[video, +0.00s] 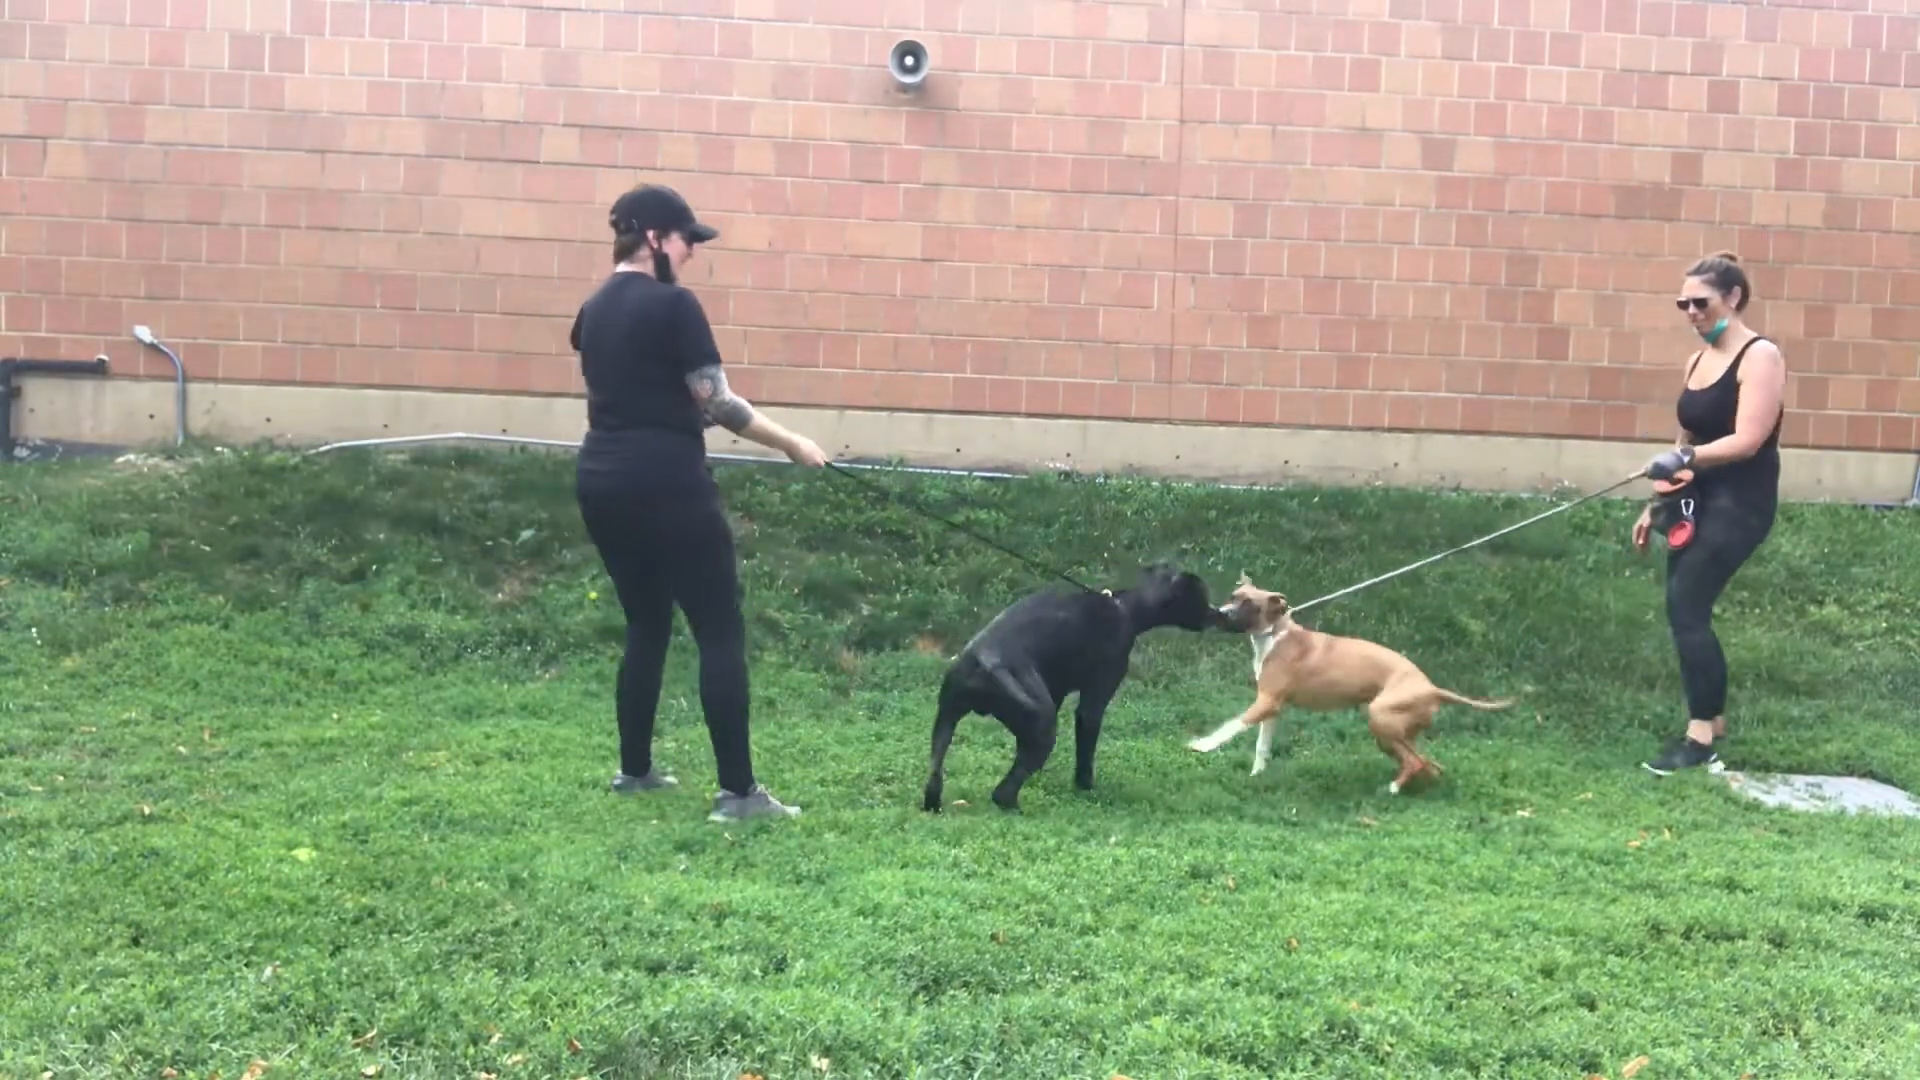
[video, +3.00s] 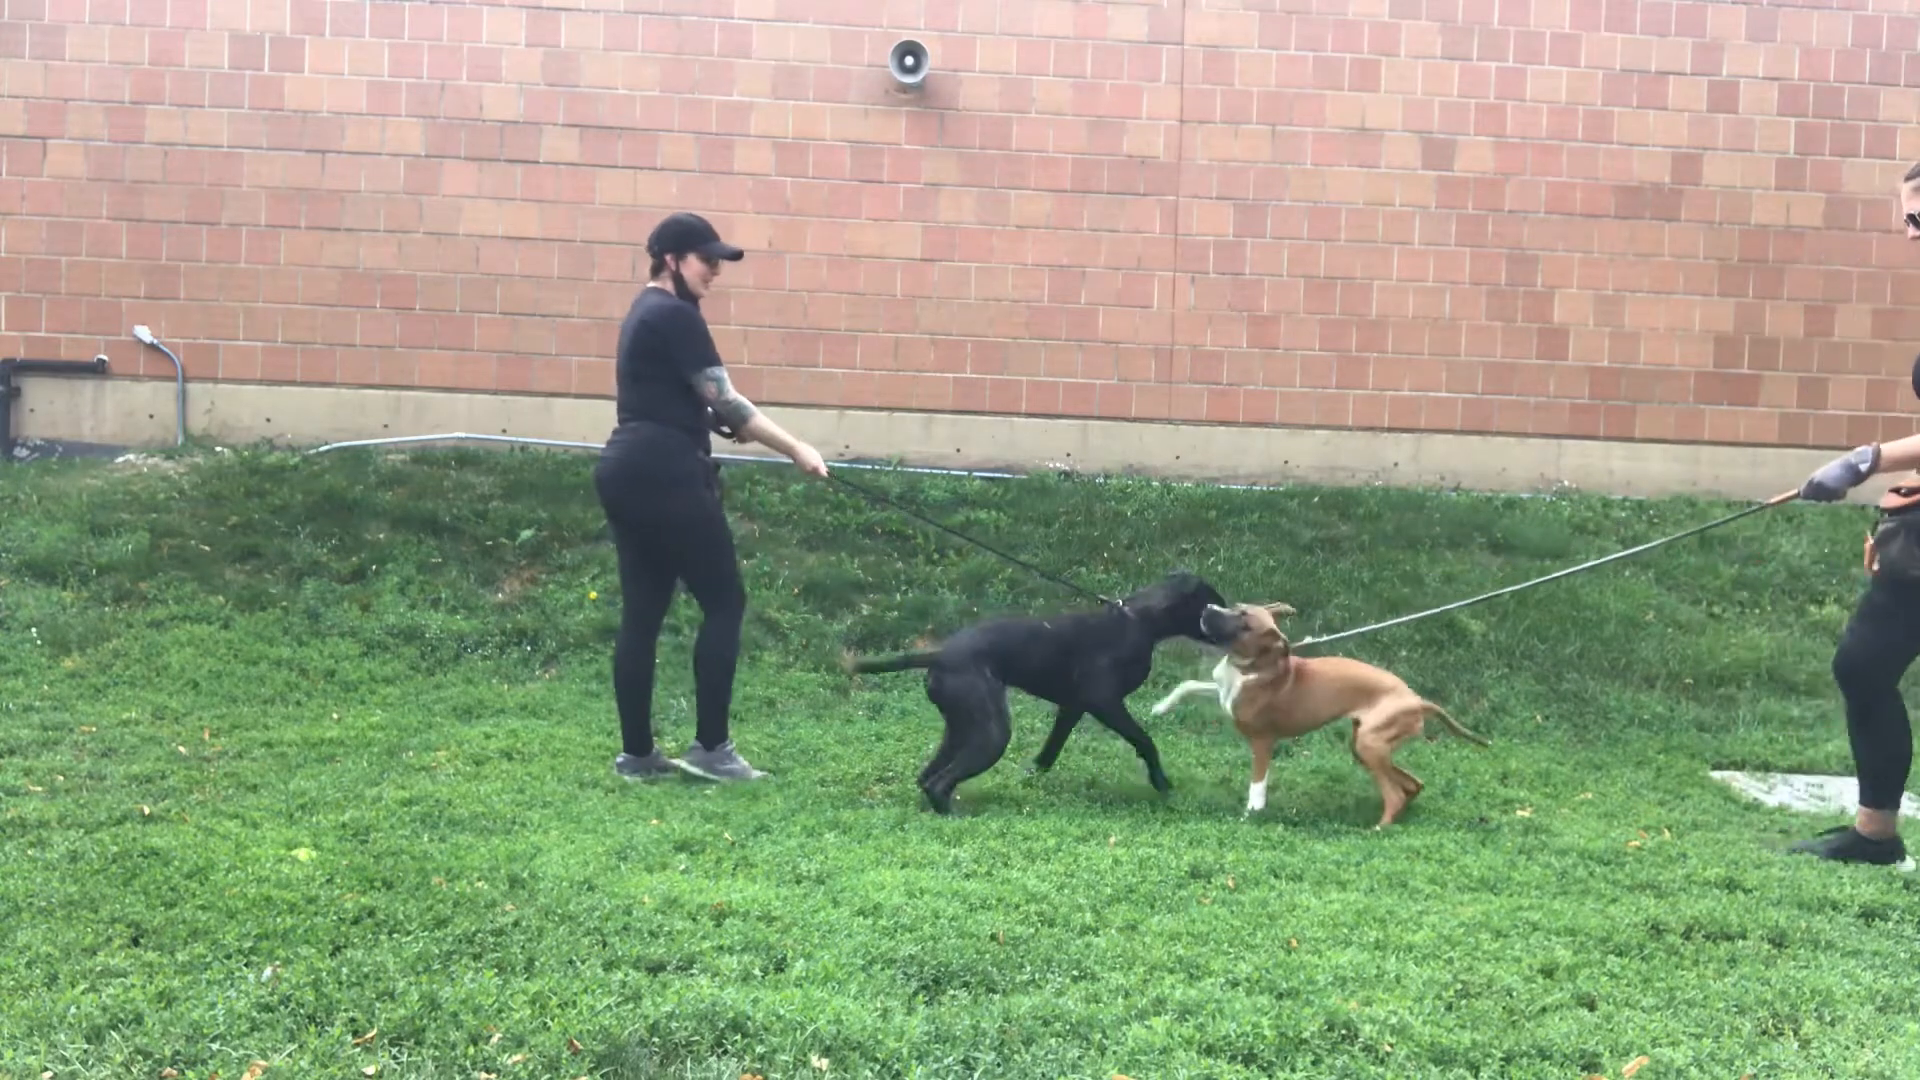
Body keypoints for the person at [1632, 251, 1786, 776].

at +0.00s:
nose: (1689, 312)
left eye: (1699, 303)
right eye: (1685, 304)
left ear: (1732, 298)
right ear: (1686, 304)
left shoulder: (1761, 357)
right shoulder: (1699, 359)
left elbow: (1750, 440)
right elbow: (1687, 443)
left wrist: (1688, 457)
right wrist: (1656, 504)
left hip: (1742, 500)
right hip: (1700, 496)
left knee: (1686, 604)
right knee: (1683, 605)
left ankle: (1700, 736)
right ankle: (1710, 719)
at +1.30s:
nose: (1742, 298)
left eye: (1752, 287)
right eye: (1736, 288)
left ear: (1793, 279)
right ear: (1735, 285)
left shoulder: (1818, 349)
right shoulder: (1740, 345)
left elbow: (1776, 440)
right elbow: (1729, 437)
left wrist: (1699, 477)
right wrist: (1704, 495)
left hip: (1798, 511)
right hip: (1736, 502)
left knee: (1760, 630)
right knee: (1709, 628)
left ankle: (1787, 743)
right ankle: (1709, 763)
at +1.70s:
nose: (1791, 288)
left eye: (1800, 277)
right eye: (1787, 278)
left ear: (1845, 269)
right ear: (1793, 274)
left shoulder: (1876, 344)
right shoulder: (1781, 336)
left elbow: (1814, 430)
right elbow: (1757, 427)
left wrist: (1727, 459)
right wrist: (1712, 500)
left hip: (1837, 519)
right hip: (1761, 509)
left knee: (1840, 657)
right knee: (1736, 644)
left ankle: (1873, 807)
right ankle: (1714, 768)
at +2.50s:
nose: (1852, 261)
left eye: (1860, 248)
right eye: (1848, 249)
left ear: (1909, 240)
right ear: (1880, 245)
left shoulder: (1919, 326)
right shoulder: (1855, 317)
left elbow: (1908, 438)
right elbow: (1830, 424)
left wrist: (1805, 470)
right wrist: (1785, 508)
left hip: (1902, 522)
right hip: (1836, 515)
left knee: (1890, 666)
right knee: (1811, 672)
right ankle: (1806, 827)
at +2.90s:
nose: (1903, 237)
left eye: (1910, 223)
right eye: (1899, 225)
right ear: (1897, 222)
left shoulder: (1919, 337)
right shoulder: (1916, 332)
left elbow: (1919, 435)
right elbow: (1912, 435)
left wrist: (1853, 456)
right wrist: (1858, 502)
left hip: (1912, 528)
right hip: (1904, 523)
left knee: (1858, 671)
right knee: (1859, 671)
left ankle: (1828, 827)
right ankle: (1828, 826)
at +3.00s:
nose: (1910, 235)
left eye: (1914, 222)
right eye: (1908, 223)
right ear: (1905, 217)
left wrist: (1864, 459)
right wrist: (1904, 497)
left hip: (1917, 532)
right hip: (1912, 529)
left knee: (1863, 664)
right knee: (1863, 664)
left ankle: (1876, 831)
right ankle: (1876, 830)